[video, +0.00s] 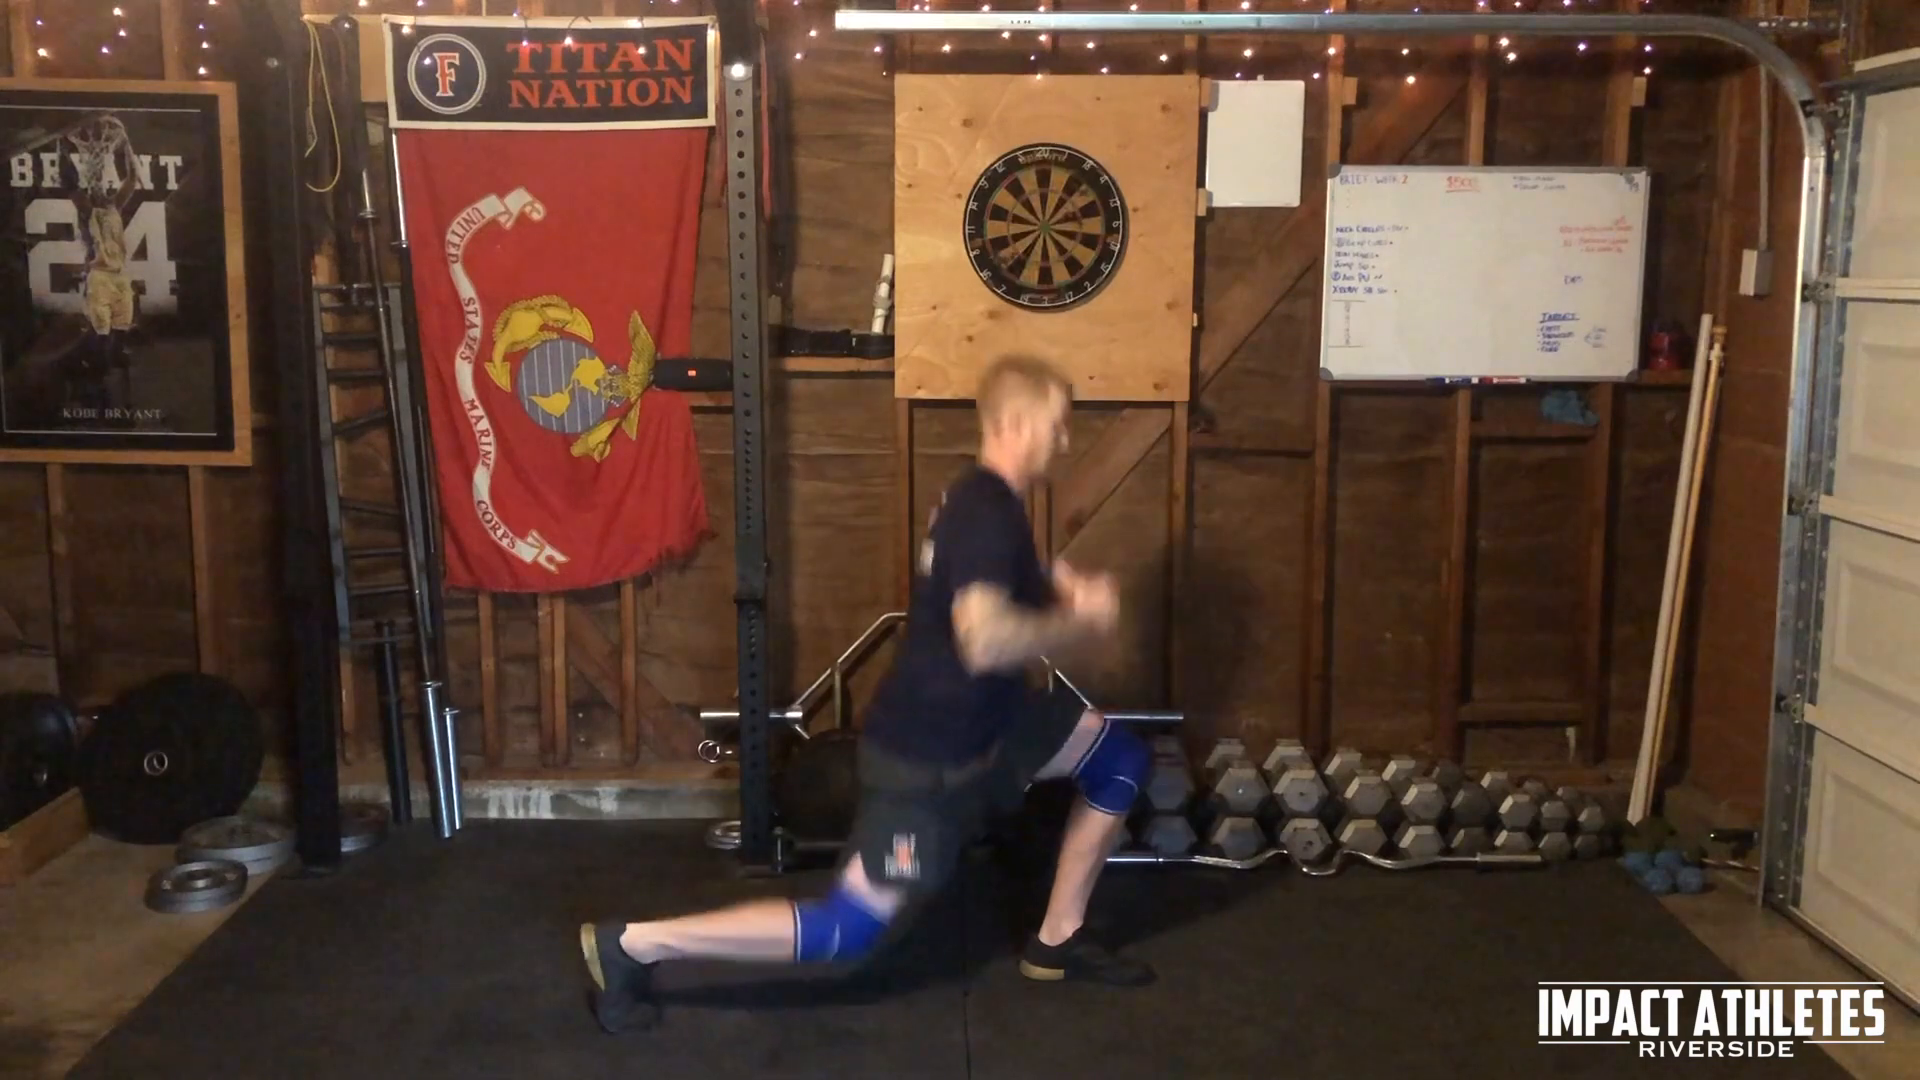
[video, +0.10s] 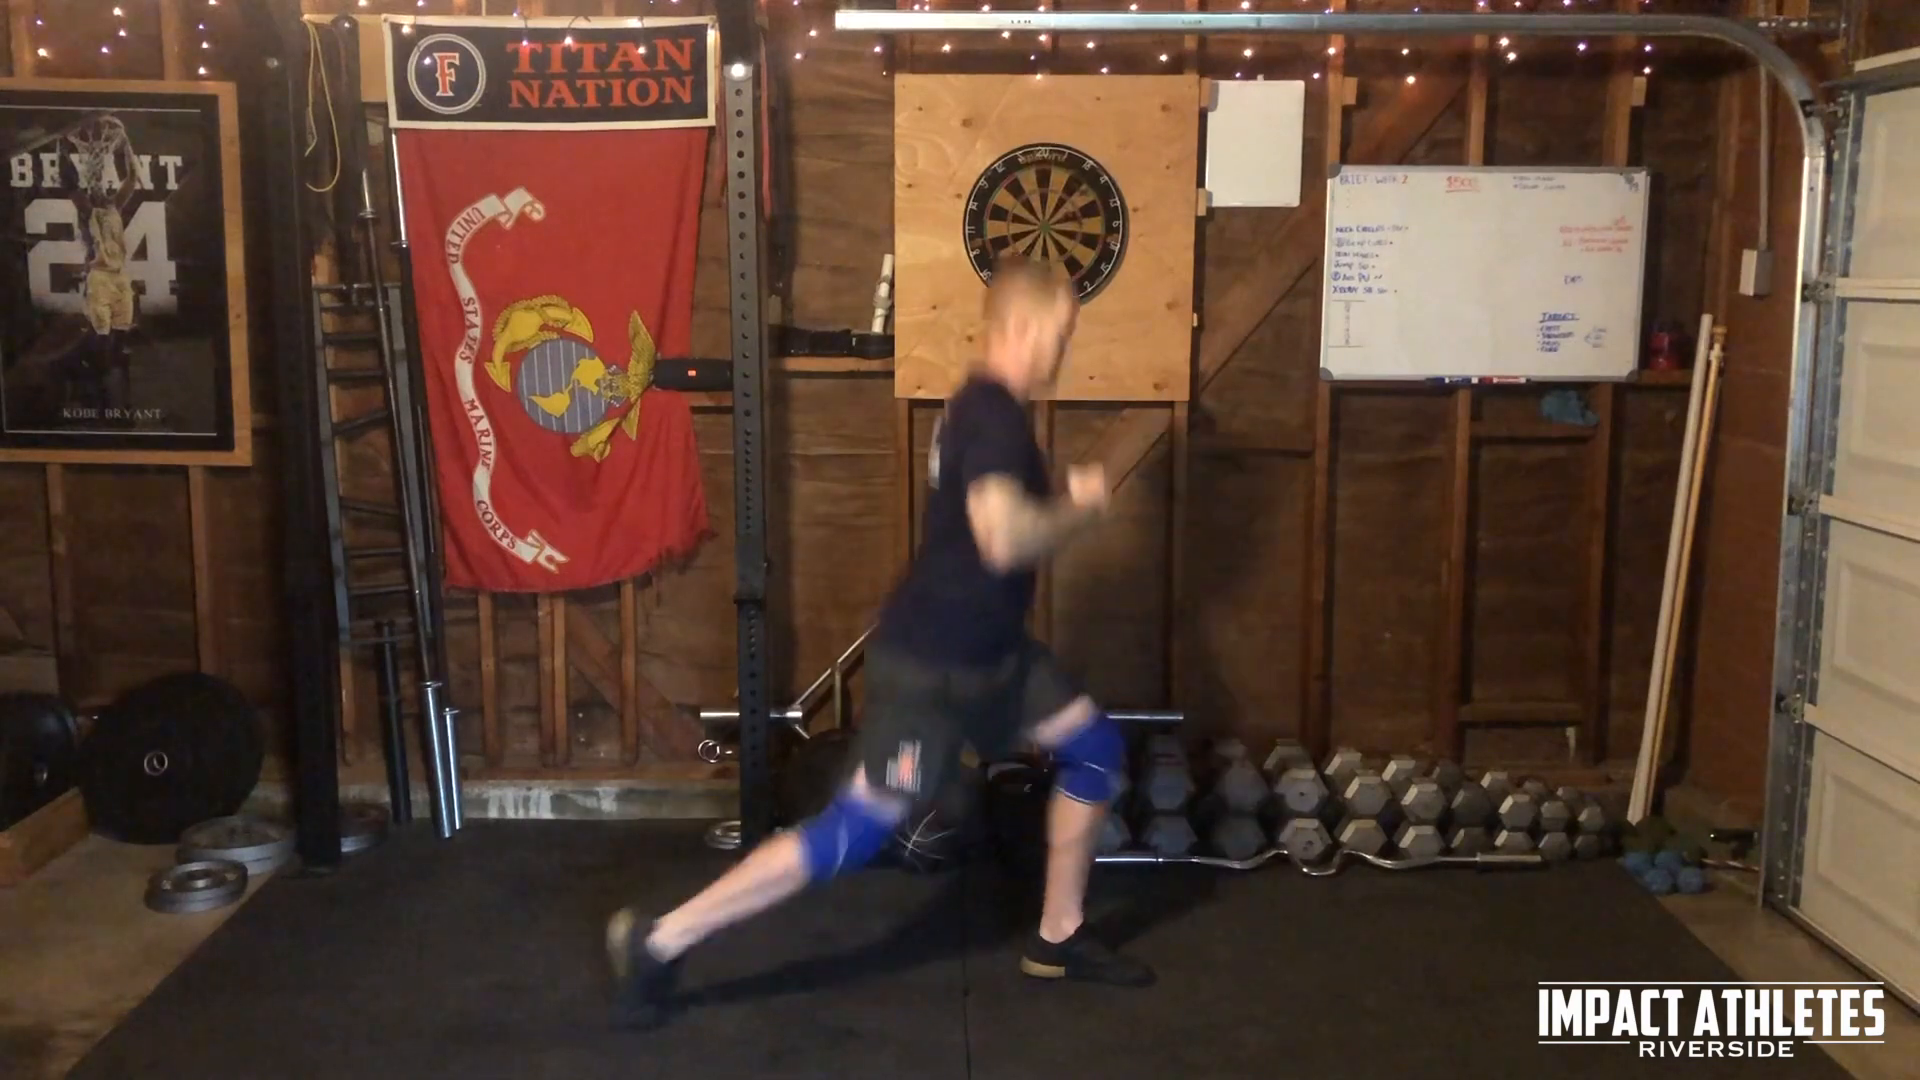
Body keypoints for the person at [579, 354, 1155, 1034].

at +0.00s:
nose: (1065, 439)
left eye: (1065, 425)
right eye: (1058, 424)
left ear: (1010, 425)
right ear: (1014, 425)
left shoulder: (999, 501)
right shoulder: (983, 508)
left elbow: (1009, 588)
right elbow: (984, 639)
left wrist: (1059, 589)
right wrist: (1079, 619)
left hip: (994, 715)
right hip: (925, 744)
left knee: (1119, 763)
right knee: (849, 929)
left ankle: (1058, 940)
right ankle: (629, 945)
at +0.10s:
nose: (1065, 350)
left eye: (1067, 334)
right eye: (1059, 333)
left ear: (1013, 330)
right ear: (1018, 330)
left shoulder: (1003, 412)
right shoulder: (987, 413)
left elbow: (994, 522)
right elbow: (1002, 537)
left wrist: (1060, 501)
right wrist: (1076, 504)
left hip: (994, 654)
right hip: (928, 659)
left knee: (1095, 754)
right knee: (860, 828)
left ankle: (1059, 937)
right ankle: (656, 941)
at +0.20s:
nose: (1083, 267)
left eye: (1089, 251)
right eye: (1079, 247)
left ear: (1017, 238)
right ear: (1031, 238)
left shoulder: (1001, 312)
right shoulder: (994, 314)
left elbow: (953, 384)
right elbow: (990, 438)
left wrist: (1050, 419)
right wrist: (1069, 434)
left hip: (976, 565)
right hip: (933, 568)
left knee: (1030, 722)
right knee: (909, 761)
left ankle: (1018, 910)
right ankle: (739, 900)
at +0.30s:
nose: (1086, 235)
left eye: (1091, 220)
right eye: (1084, 214)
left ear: (1030, 196)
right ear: (1039, 195)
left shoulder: (1003, 272)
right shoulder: (996, 273)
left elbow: (981, 384)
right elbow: (968, 392)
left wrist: (1045, 389)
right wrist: (1056, 405)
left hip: (949, 523)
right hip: (936, 528)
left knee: (968, 700)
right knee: (979, 706)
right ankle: (858, 900)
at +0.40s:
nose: (1087, 242)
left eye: (1093, 225)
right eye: (1086, 220)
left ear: (1028, 205)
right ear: (1041, 204)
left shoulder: (1013, 286)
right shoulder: (995, 280)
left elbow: (982, 395)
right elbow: (953, 396)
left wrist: (1052, 399)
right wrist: (1053, 416)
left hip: (931, 531)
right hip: (941, 538)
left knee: (923, 718)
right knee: (1033, 716)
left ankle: (772, 838)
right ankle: (984, 924)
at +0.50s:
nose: (1084, 300)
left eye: (1088, 283)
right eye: (1081, 281)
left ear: (1030, 270)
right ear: (1042, 268)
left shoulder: (1013, 346)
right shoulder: (995, 339)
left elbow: (984, 457)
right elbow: (952, 453)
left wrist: (1057, 465)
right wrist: (1056, 474)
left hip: (922, 583)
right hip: (942, 590)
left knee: (878, 762)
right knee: (1072, 748)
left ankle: (701, 863)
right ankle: (1068, 967)